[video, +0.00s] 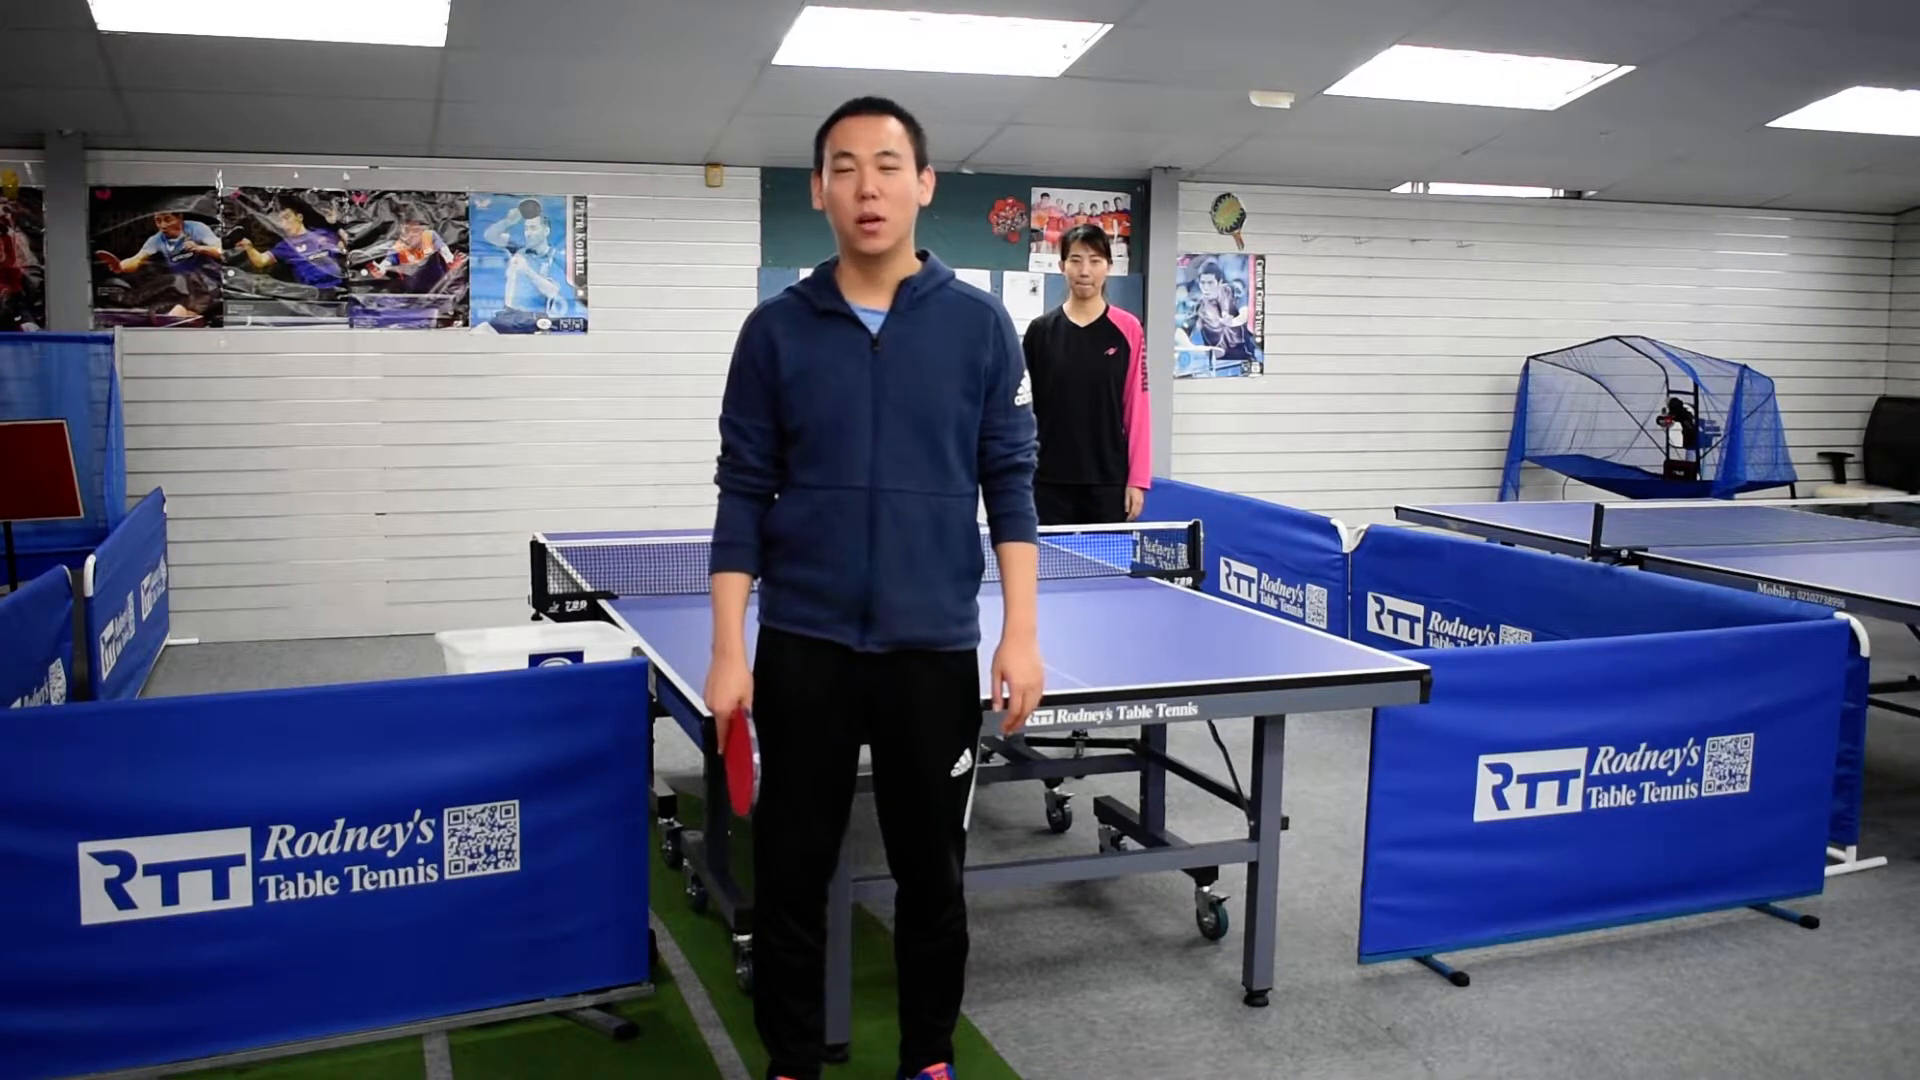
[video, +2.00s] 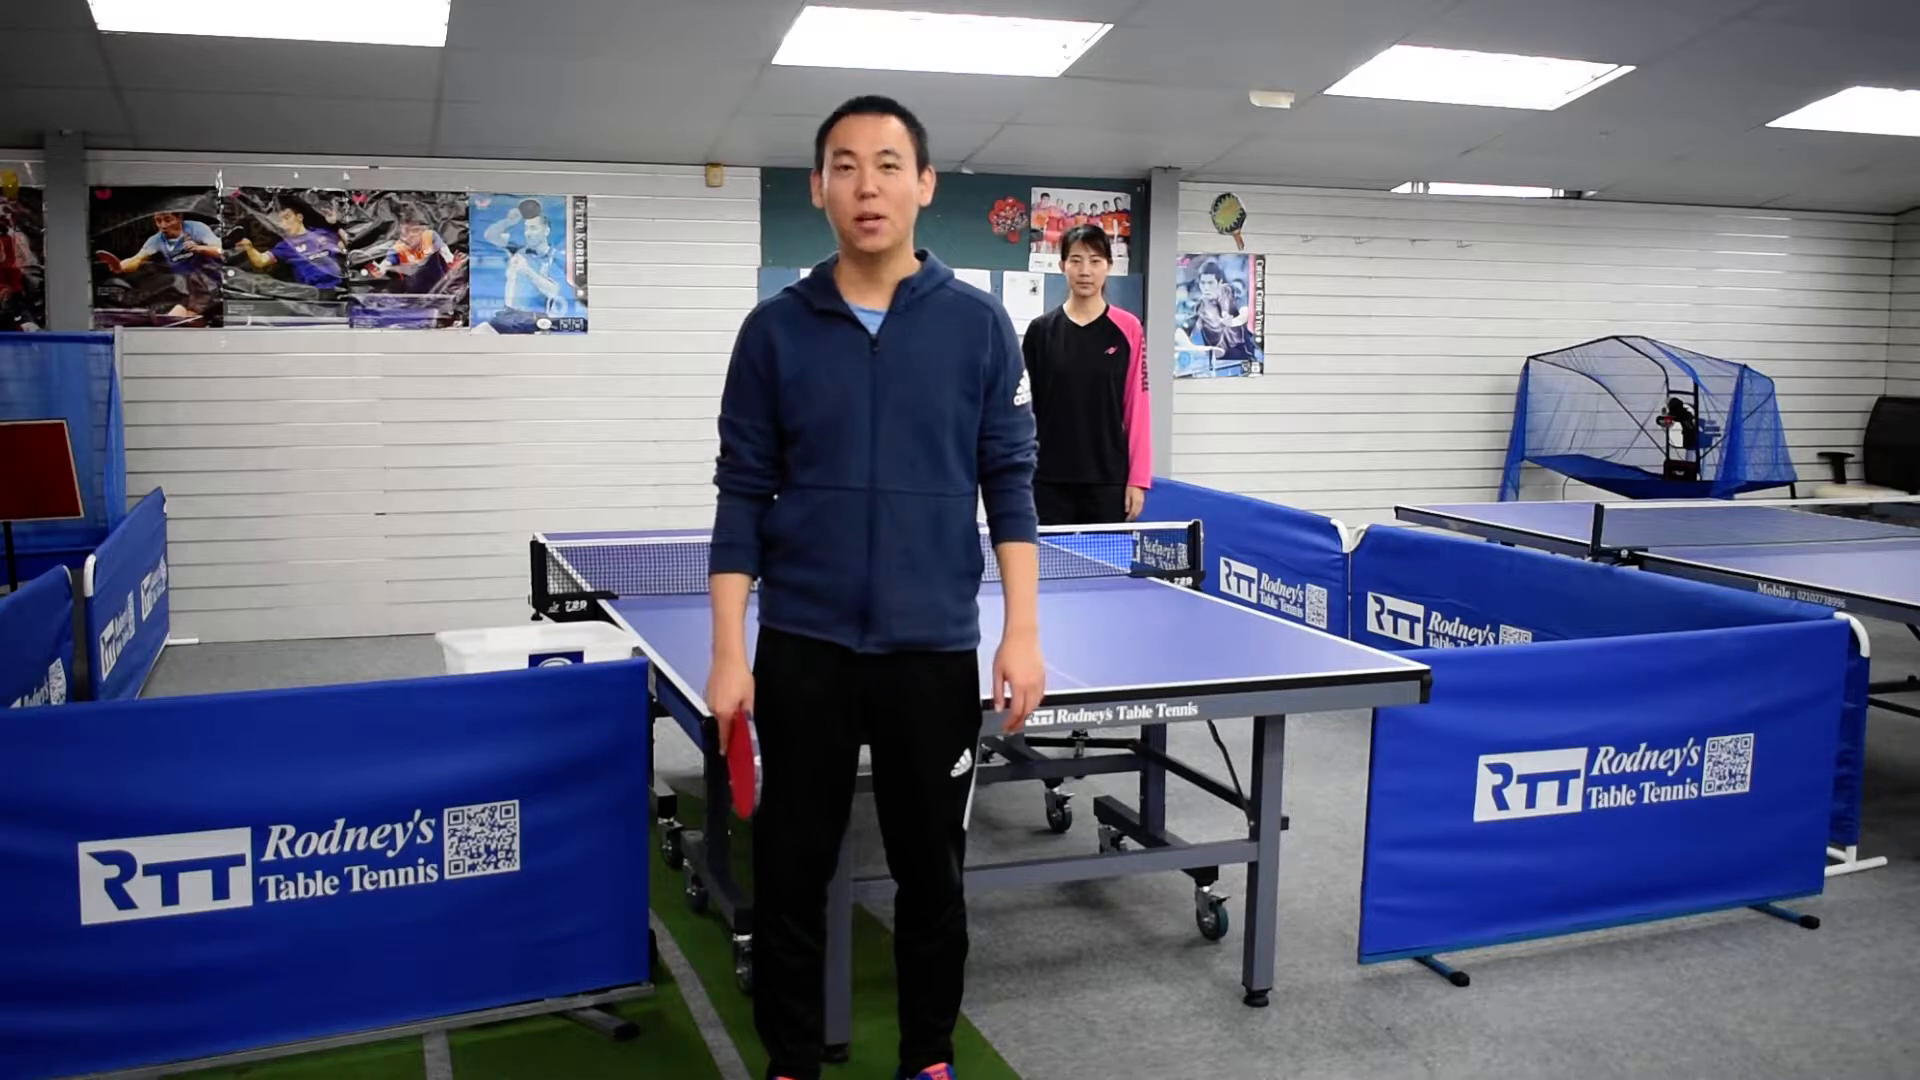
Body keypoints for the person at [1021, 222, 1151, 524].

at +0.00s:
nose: (1085, 271)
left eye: (1095, 262)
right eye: (1075, 261)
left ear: (1108, 268)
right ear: (1063, 266)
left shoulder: (1128, 329)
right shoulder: (1039, 331)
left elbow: (1137, 407)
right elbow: (1022, 405)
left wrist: (1138, 479)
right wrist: (1020, 478)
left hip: (1107, 483)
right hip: (1049, 482)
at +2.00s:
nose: (1085, 271)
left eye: (1095, 262)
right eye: (1076, 261)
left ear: (1108, 267)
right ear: (1063, 266)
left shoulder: (1128, 329)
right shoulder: (1039, 331)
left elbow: (1137, 407)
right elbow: (1023, 405)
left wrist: (1138, 478)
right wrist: (1020, 477)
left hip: (1107, 482)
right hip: (1050, 480)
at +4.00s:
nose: (1085, 271)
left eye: (1095, 262)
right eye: (1075, 261)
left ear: (1108, 267)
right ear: (1063, 266)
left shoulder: (1128, 329)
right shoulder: (1040, 331)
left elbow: (1136, 407)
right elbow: (1023, 405)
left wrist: (1138, 479)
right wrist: (1021, 476)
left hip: (1107, 482)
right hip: (1049, 480)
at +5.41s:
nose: (1085, 271)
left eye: (1096, 262)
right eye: (1076, 261)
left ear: (1109, 268)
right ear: (1064, 266)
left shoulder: (1128, 329)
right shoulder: (1040, 331)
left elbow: (1137, 407)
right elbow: (1023, 405)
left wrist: (1138, 478)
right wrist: (1021, 477)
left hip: (1107, 481)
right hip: (1050, 480)